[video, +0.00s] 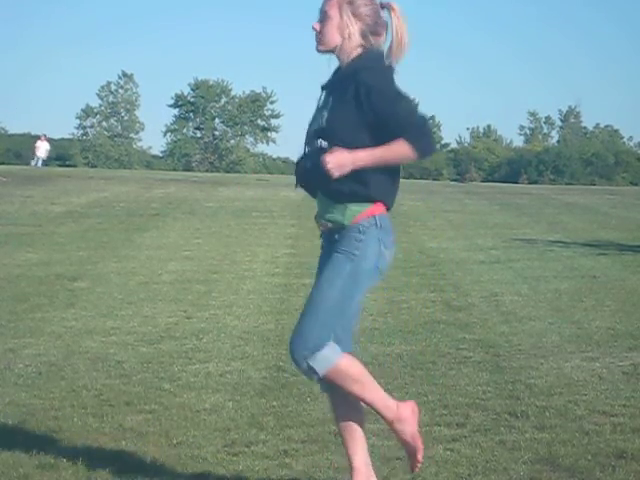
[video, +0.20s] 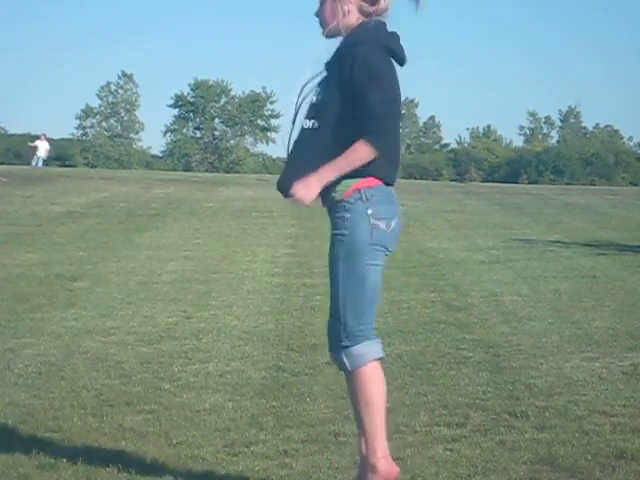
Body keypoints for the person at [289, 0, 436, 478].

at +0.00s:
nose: (315, 24)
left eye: (324, 16)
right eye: (319, 16)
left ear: (355, 25)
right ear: (348, 27)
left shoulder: (370, 73)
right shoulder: (339, 80)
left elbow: (420, 140)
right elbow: (334, 149)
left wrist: (354, 157)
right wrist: (312, 166)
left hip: (364, 232)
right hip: (337, 233)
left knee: (310, 346)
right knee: (332, 356)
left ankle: (398, 414)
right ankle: (362, 472)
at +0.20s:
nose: (320, 8)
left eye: (327, 1)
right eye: (322, 2)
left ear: (352, 5)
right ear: (354, 8)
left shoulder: (365, 48)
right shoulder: (354, 50)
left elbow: (378, 136)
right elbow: (366, 135)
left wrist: (319, 177)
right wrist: (312, 172)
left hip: (363, 207)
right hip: (355, 206)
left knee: (358, 340)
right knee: (345, 341)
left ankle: (380, 462)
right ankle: (370, 458)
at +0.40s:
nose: (324, 59)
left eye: (328, 50)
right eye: (325, 50)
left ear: (346, 56)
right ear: (365, 55)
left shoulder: (362, 107)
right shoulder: (379, 102)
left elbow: (359, 201)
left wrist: (284, 208)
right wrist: (380, 29)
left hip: (367, 259)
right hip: (375, 257)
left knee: (338, 383)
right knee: (292, 362)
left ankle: (392, 475)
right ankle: (364, 466)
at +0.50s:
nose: (319, 54)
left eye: (324, 45)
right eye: (321, 45)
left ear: (344, 48)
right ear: (352, 48)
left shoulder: (358, 98)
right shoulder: (378, 95)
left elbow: (364, 189)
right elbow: (400, 172)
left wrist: (305, 168)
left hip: (367, 248)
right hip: (372, 246)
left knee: (344, 377)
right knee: (272, 325)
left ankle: (395, 474)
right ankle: (334, 425)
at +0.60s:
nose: (312, 20)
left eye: (317, 10)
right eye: (313, 11)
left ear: (348, 9)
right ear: (349, 12)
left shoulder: (362, 65)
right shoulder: (355, 66)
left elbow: (344, 161)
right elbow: (353, 161)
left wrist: (282, 130)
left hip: (373, 225)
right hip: (351, 225)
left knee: (363, 357)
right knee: (278, 314)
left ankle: (391, 470)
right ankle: (315, 429)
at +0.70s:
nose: (319, 16)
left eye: (329, 5)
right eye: (316, 7)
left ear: (362, 7)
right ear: (318, 11)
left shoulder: (367, 57)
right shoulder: (346, 59)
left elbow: (306, 115)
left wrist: (228, 120)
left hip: (377, 221)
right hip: (337, 219)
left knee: (370, 352)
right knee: (295, 332)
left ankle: (393, 464)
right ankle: (297, 450)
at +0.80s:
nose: (332, 40)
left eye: (342, 30)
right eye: (326, 32)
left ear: (371, 32)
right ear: (323, 38)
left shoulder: (371, 86)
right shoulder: (338, 89)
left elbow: (284, 110)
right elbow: (275, 113)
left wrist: (205, 124)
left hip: (377, 246)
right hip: (328, 247)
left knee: (378, 376)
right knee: (296, 364)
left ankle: (398, 471)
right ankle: (300, 468)